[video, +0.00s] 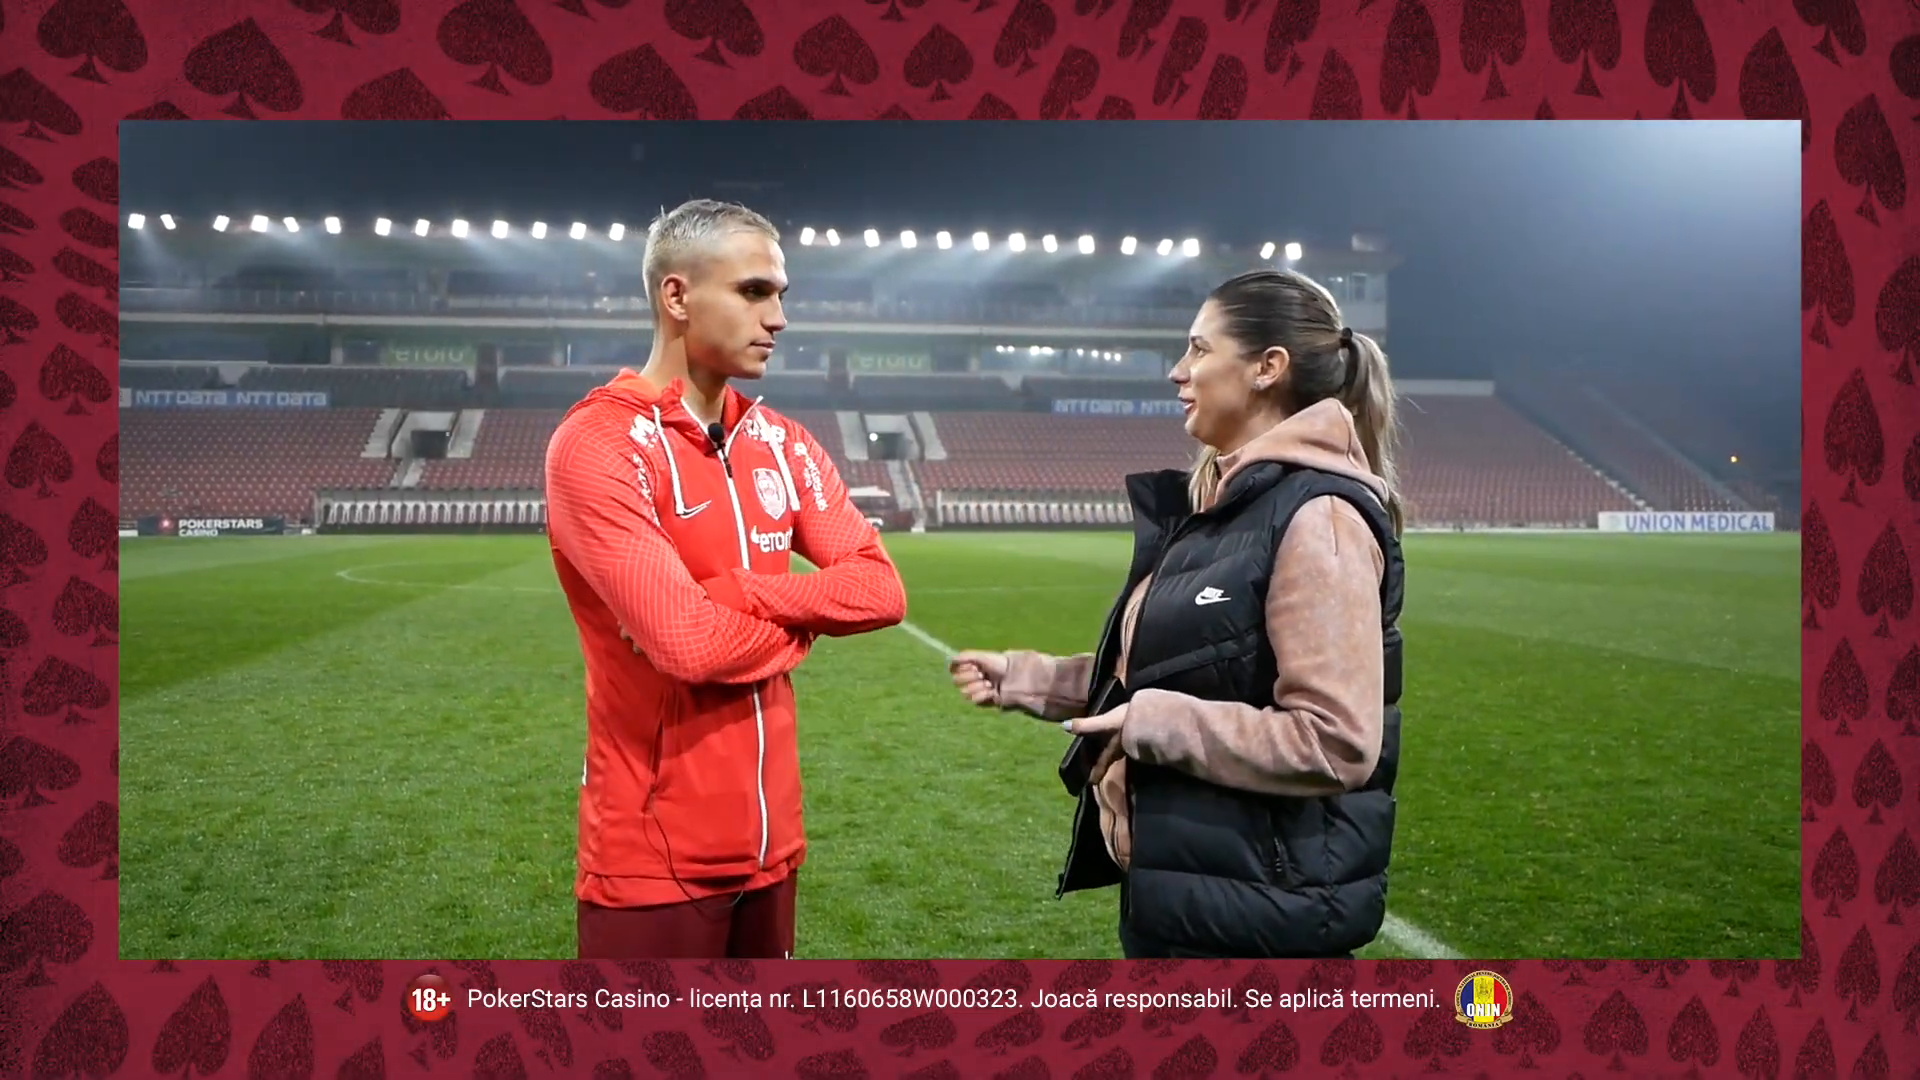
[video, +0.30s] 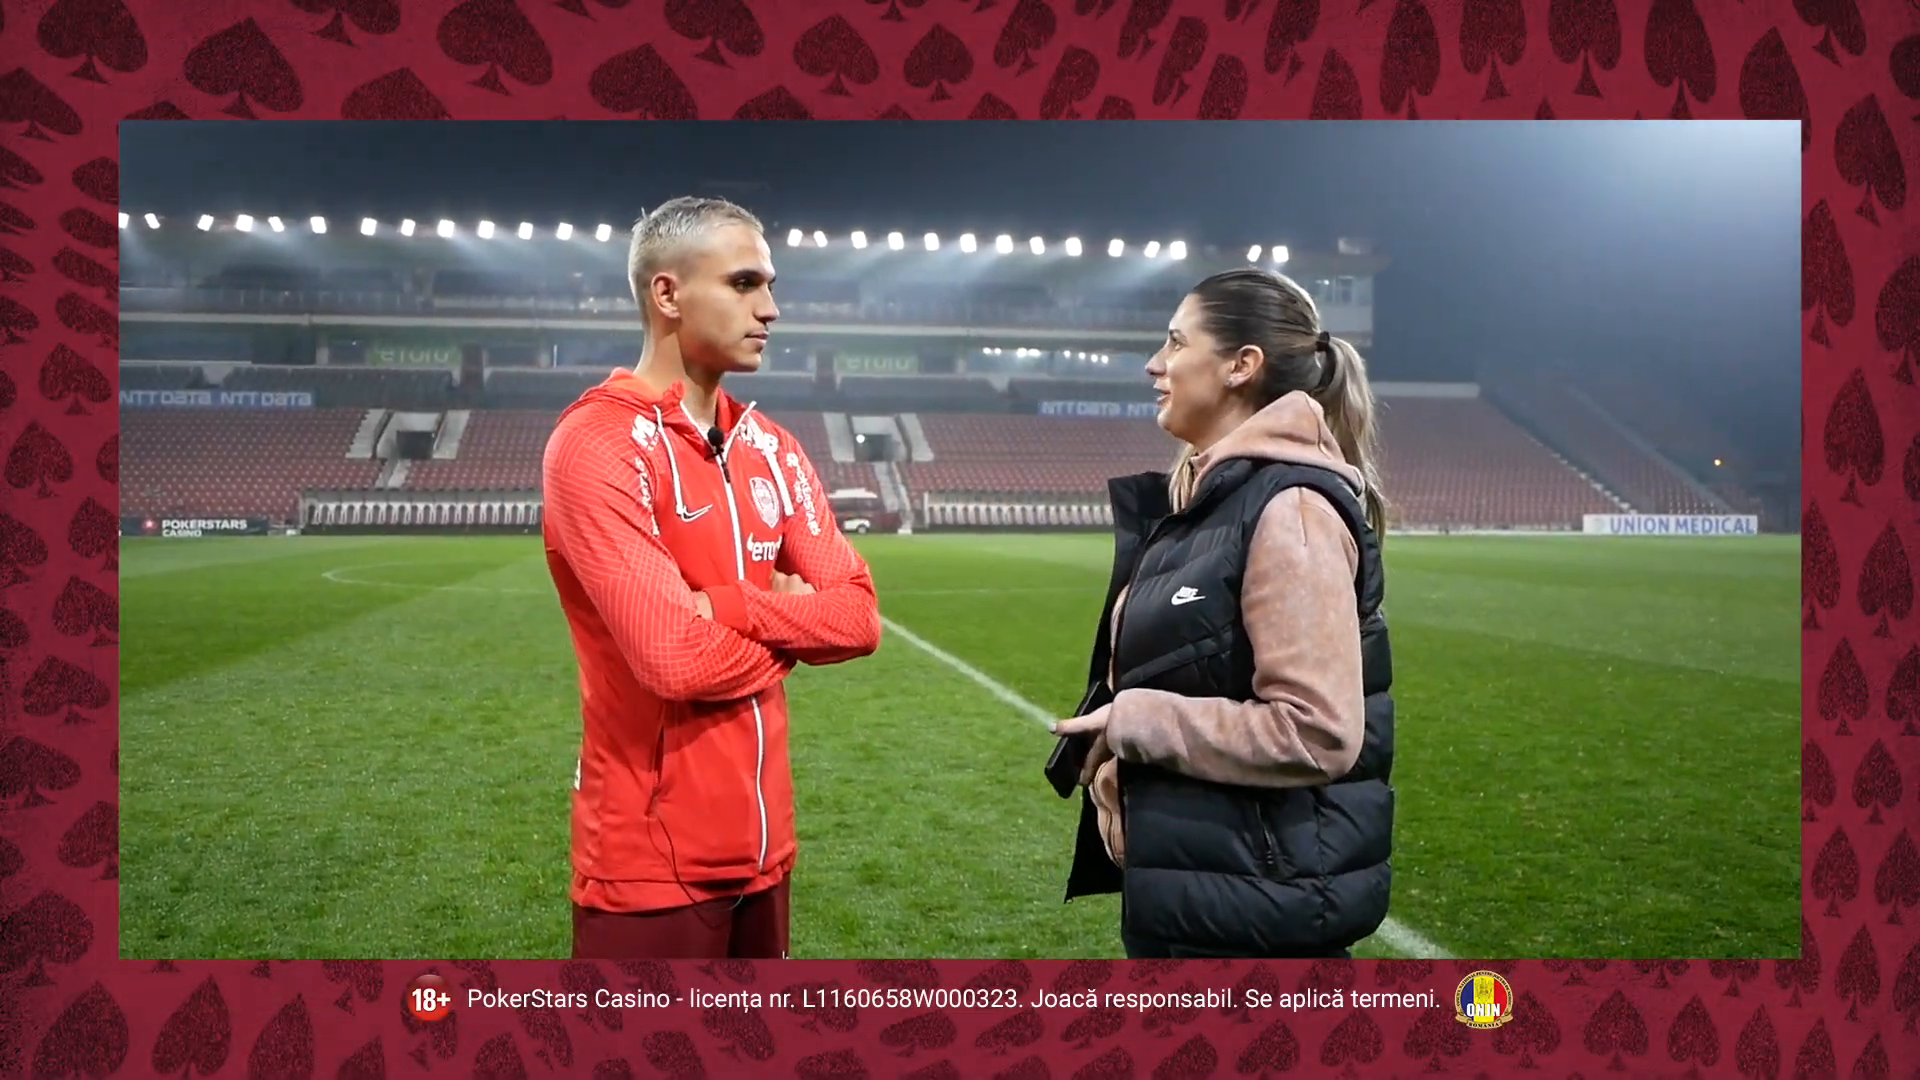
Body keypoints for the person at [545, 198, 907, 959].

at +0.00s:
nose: (779, 317)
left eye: (779, 295)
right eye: (754, 292)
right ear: (676, 296)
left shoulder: (784, 442)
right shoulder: (594, 445)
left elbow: (882, 589)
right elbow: (688, 647)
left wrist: (729, 592)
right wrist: (801, 627)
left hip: (768, 841)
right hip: (653, 850)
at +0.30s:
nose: (771, 309)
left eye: (768, 286)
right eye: (744, 284)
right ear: (667, 294)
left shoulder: (773, 447)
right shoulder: (593, 447)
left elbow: (859, 620)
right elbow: (674, 664)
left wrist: (715, 606)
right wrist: (789, 627)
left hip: (759, 843)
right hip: (649, 853)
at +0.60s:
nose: (777, 306)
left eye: (774, 283)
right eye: (752, 282)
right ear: (675, 290)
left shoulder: (768, 447)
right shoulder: (602, 445)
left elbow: (861, 614)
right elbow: (692, 669)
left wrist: (730, 609)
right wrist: (797, 639)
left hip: (761, 845)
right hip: (659, 856)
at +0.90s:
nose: (791, 318)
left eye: (789, 295)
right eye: (768, 293)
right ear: (691, 300)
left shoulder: (778, 452)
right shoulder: (620, 455)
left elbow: (872, 622)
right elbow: (717, 675)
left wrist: (745, 614)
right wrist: (816, 645)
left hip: (776, 851)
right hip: (677, 864)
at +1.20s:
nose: (807, 326)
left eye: (805, 302)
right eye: (784, 301)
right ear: (707, 307)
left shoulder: (794, 455)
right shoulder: (637, 460)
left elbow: (891, 625)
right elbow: (738, 679)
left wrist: (765, 617)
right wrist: (834, 650)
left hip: (793, 853)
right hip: (698, 867)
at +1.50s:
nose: (822, 333)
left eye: (823, 309)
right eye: (799, 307)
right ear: (721, 309)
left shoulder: (812, 455)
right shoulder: (655, 459)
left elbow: (908, 620)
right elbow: (758, 676)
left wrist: (790, 616)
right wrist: (852, 646)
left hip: (813, 847)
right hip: (719, 861)